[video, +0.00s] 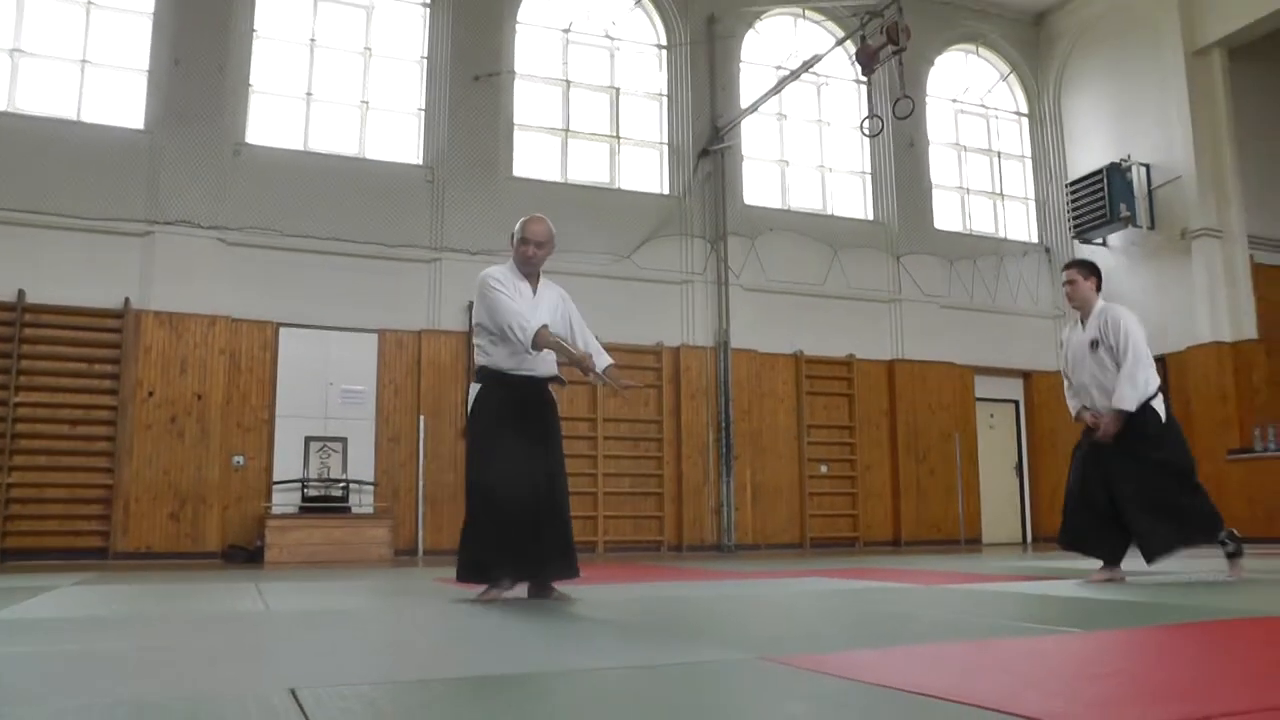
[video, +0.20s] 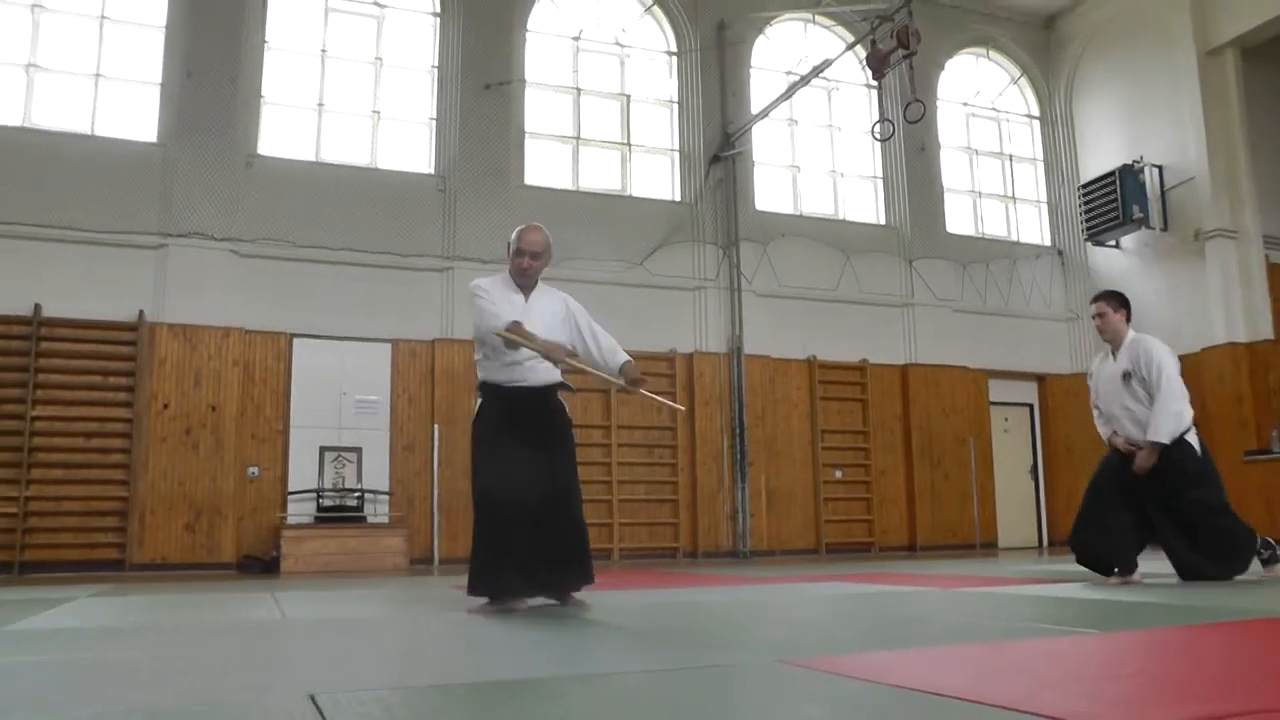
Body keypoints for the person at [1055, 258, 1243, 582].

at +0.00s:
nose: (1066, 289)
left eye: (1071, 283)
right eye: (1064, 285)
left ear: (1093, 284)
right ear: (1067, 291)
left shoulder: (1118, 317)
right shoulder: (1070, 335)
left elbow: (1137, 365)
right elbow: (1070, 383)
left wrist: (1117, 412)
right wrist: (1082, 411)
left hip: (1141, 412)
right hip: (1103, 420)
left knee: (1175, 481)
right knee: (1101, 488)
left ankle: (1225, 539)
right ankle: (1111, 564)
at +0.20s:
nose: (1095, 323)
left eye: (1100, 316)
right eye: (1093, 317)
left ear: (1122, 315)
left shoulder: (1150, 349)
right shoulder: (1099, 365)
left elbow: (1171, 399)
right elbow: (1098, 411)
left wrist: (1153, 447)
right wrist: (1111, 437)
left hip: (1171, 444)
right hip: (1127, 449)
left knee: (1202, 510)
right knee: (1109, 504)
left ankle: (1261, 548)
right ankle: (1126, 569)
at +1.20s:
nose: (1149, 332)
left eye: (1155, 325)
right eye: (1146, 327)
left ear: (1175, 327)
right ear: (1144, 330)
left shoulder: (1200, 366)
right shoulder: (1142, 373)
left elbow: (1214, 420)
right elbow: (1138, 420)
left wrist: (1186, 461)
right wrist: (1150, 455)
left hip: (1201, 463)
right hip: (1158, 462)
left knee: (1186, 537)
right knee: (1118, 491)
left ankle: (1225, 517)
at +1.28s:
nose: (1150, 336)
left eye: (1156, 329)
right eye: (1147, 331)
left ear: (1176, 331)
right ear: (1145, 335)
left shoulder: (1202, 371)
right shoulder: (1143, 377)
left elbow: (1213, 423)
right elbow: (1139, 423)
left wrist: (1187, 465)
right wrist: (1151, 458)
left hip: (1204, 467)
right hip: (1159, 465)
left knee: (1185, 537)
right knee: (1117, 493)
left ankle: (1225, 518)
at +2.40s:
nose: (1129, 337)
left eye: (1135, 331)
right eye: (1126, 332)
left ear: (1154, 336)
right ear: (1124, 337)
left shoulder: (1176, 373)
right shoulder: (1116, 381)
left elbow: (1186, 423)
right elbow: (1107, 425)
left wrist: (1157, 463)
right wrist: (1122, 458)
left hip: (1168, 466)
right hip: (1125, 464)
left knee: (1143, 528)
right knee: (1081, 485)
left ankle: (1184, 512)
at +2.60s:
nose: (1125, 339)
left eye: (1131, 333)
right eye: (1122, 334)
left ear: (1149, 337)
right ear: (1119, 339)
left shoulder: (1172, 374)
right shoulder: (1112, 383)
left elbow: (1182, 425)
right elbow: (1104, 428)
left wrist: (1153, 465)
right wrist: (1119, 459)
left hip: (1165, 468)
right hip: (1122, 466)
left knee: (1141, 530)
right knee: (1080, 485)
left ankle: (1182, 513)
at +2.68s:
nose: (1123, 339)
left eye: (1130, 333)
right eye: (1121, 335)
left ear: (1148, 338)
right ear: (1118, 340)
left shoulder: (1170, 373)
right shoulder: (1111, 383)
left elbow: (1181, 423)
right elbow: (1103, 427)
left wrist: (1154, 464)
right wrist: (1119, 459)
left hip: (1165, 467)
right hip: (1121, 466)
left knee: (1139, 529)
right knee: (1079, 486)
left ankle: (1182, 513)